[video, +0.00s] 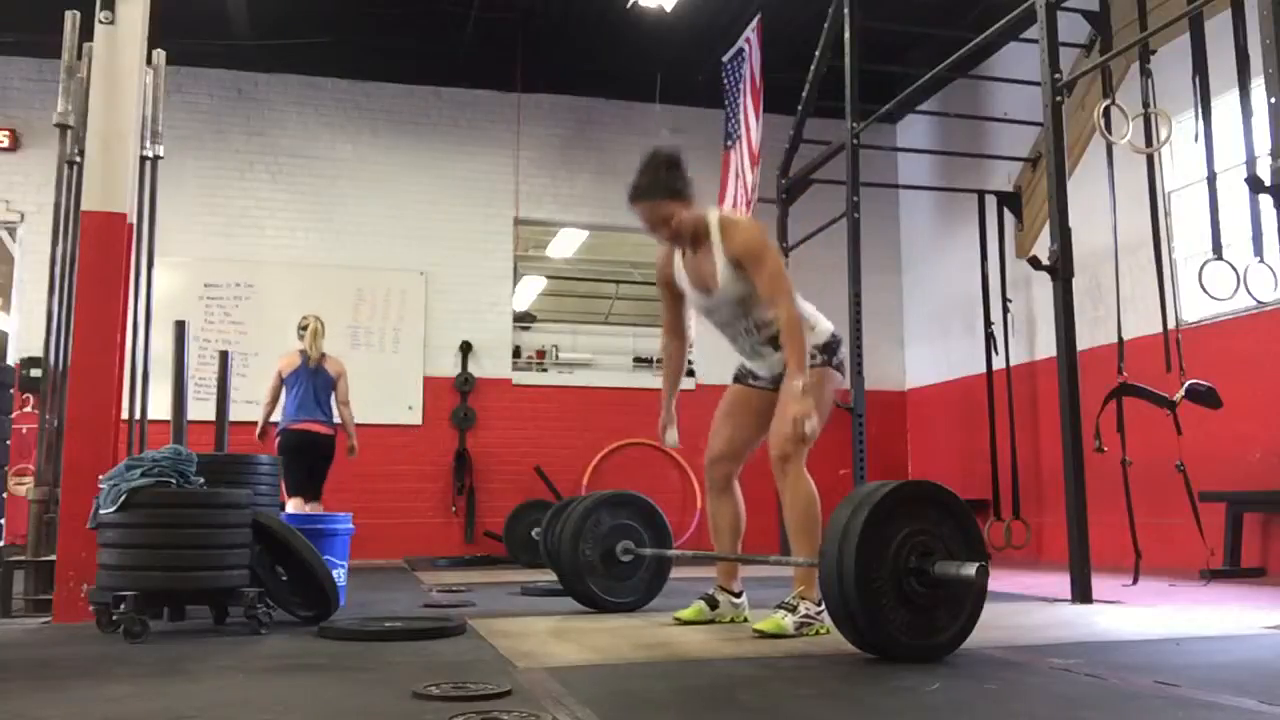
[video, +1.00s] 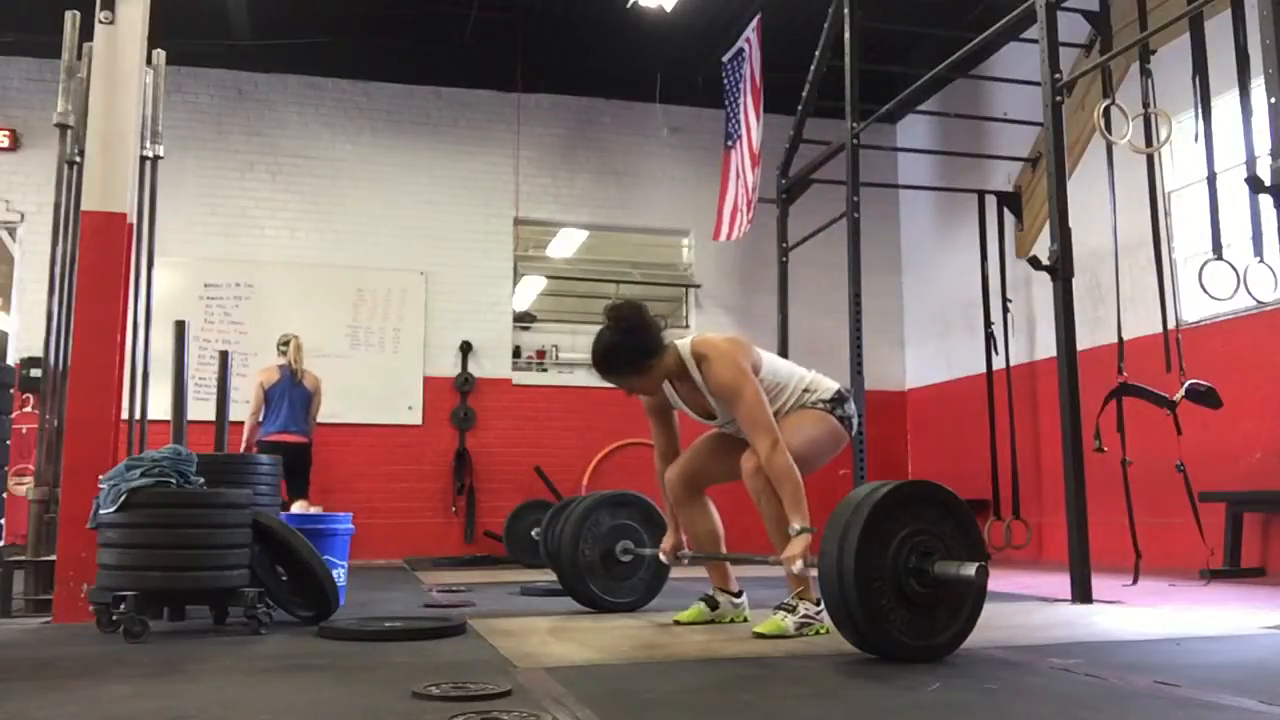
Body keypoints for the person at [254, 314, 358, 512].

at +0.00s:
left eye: (300, 332)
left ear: (299, 334)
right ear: (322, 335)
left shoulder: (286, 363)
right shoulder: (336, 366)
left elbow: (271, 400)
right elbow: (343, 404)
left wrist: (262, 424)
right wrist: (352, 436)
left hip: (293, 437)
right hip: (324, 440)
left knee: (295, 496)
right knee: (314, 497)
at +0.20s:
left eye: (300, 337)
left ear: (297, 338)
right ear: (320, 338)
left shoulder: (285, 365)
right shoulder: (334, 369)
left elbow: (273, 405)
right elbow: (341, 407)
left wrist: (267, 430)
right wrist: (348, 438)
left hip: (291, 439)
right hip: (321, 442)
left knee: (291, 494)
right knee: (313, 497)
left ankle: (292, 538)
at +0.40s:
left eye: (296, 340)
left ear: (296, 340)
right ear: (319, 340)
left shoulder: (285, 366)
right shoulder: (332, 370)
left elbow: (276, 406)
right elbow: (339, 408)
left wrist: (264, 438)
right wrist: (341, 436)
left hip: (291, 442)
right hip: (321, 443)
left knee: (282, 492)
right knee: (311, 495)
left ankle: (292, 538)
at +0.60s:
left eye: (293, 343)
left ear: (293, 343)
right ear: (315, 342)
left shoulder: (284, 369)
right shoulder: (329, 371)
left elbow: (274, 407)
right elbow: (333, 410)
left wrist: (258, 437)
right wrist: (332, 436)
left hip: (287, 442)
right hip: (318, 443)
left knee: (279, 497)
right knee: (309, 497)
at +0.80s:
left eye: (287, 348)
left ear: (287, 348)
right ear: (309, 349)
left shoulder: (275, 374)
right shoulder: (322, 377)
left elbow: (265, 413)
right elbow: (324, 414)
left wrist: (252, 443)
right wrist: (320, 440)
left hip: (281, 446)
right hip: (311, 446)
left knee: (277, 500)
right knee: (306, 499)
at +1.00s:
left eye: (279, 351)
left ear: (278, 351)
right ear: (299, 351)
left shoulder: (265, 376)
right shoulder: (312, 380)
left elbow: (254, 414)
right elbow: (312, 416)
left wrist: (245, 441)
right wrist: (307, 439)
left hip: (269, 448)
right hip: (299, 449)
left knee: (267, 498)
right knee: (299, 497)